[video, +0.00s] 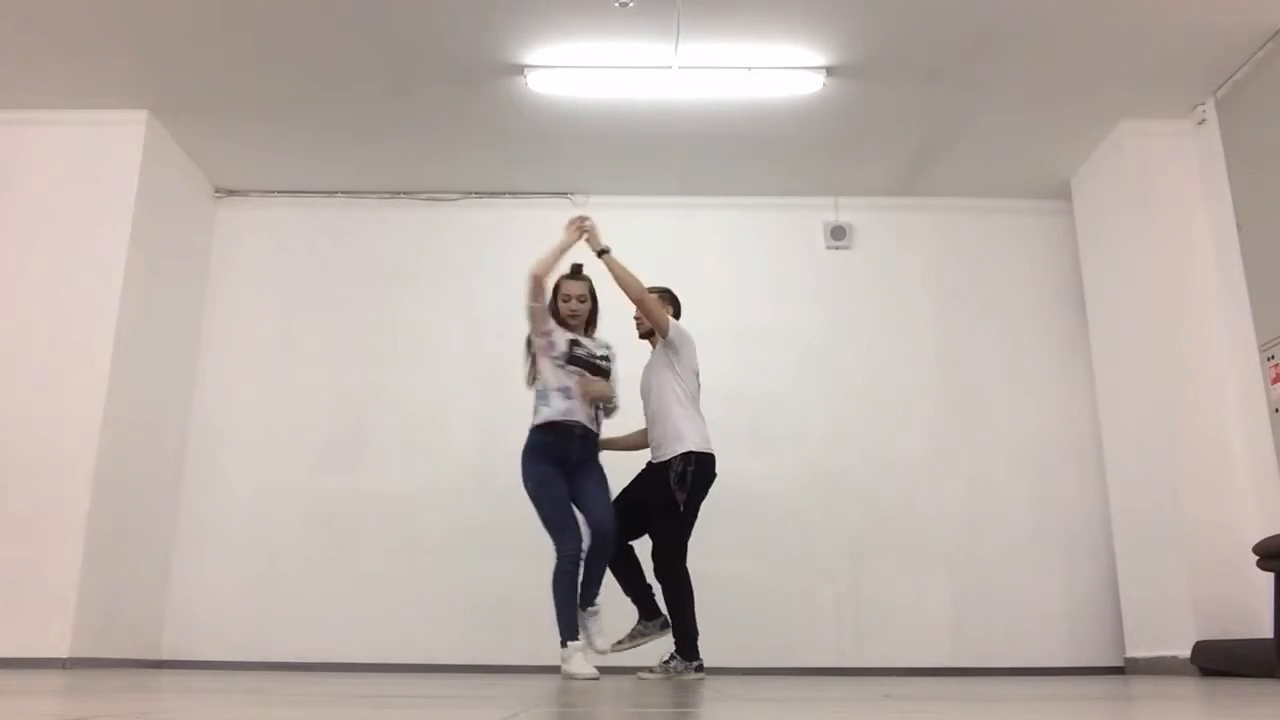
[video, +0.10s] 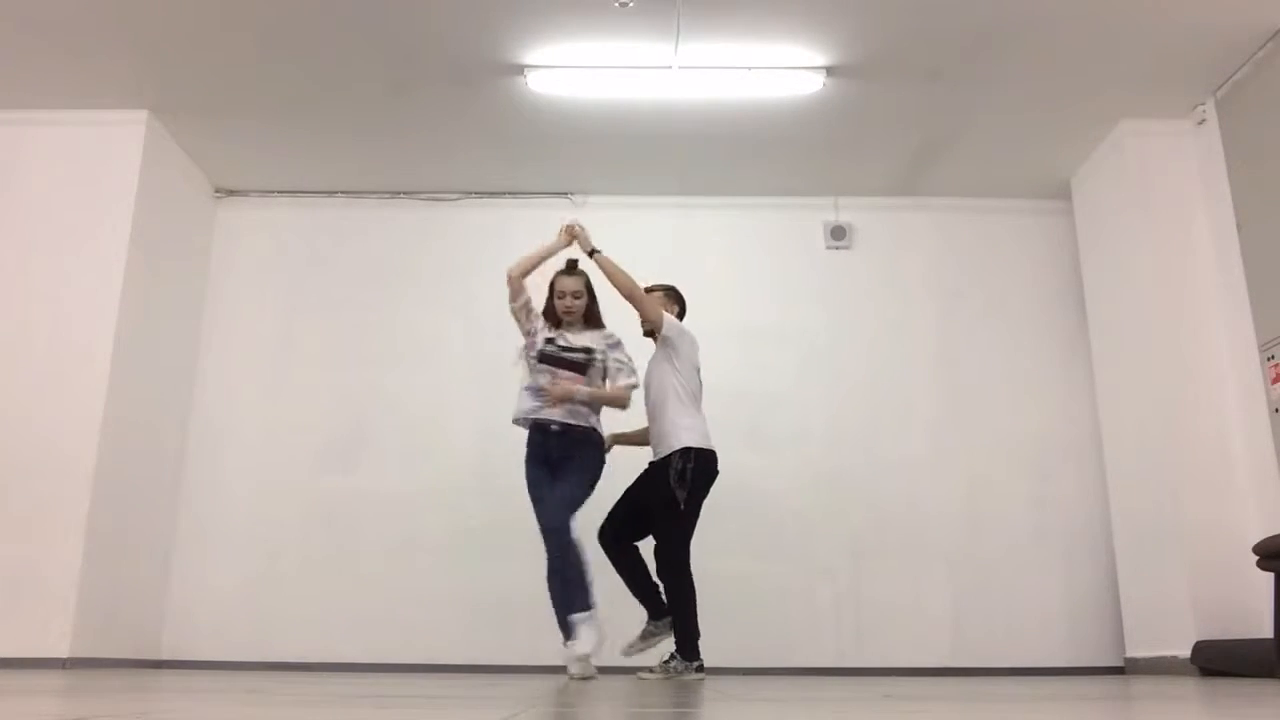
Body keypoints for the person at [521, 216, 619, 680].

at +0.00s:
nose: (574, 305)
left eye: (582, 299)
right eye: (567, 299)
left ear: (592, 305)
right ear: (555, 303)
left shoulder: (603, 351)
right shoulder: (546, 338)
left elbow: (610, 407)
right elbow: (536, 280)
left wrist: (600, 392)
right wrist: (567, 241)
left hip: (585, 457)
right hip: (543, 453)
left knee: (607, 532)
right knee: (568, 544)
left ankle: (586, 607)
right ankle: (570, 648)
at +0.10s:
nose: (567, 302)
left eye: (576, 295)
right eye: (561, 295)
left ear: (588, 298)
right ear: (552, 297)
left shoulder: (606, 341)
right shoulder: (536, 332)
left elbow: (623, 397)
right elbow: (513, 278)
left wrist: (576, 390)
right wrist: (557, 244)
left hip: (583, 445)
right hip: (540, 443)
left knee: (554, 519)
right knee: (552, 535)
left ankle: (583, 613)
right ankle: (571, 637)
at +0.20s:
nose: (563, 298)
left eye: (572, 290)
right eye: (557, 291)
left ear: (584, 295)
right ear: (548, 295)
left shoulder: (590, 334)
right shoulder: (542, 329)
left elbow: (592, 383)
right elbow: (519, 290)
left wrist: (548, 386)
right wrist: (556, 264)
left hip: (576, 445)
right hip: (550, 444)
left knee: (531, 533)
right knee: (555, 552)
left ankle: (538, 643)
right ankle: (599, 647)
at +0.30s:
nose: (548, 293)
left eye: (557, 287)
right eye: (544, 288)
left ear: (575, 292)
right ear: (545, 292)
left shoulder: (553, 327)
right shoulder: (577, 328)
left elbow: (525, 381)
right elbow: (577, 294)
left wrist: (535, 373)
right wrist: (593, 268)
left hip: (552, 450)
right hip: (576, 451)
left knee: (515, 543)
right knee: (545, 551)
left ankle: (526, 650)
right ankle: (593, 643)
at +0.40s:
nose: (539, 291)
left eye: (544, 286)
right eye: (542, 285)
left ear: (555, 292)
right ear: (578, 294)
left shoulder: (528, 327)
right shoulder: (591, 335)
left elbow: (488, 371)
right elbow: (613, 319)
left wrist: (516, 388)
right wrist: (618, 275)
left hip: (527, 441)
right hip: (571, 446)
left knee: (512, 548)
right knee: (561, 551)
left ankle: (513, 650)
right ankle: (573, 645)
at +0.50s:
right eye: (586, 293)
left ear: (543, 294)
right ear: (586, 296)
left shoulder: (522, 330)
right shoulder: (597, 335)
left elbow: (488, 386)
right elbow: (634, 309)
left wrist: (534, 394)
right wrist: (629, 252)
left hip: (513, 442)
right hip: (561, 446)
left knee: (511, 547)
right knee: (580, 553)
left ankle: (510, 653)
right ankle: (561, 645)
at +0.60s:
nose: (589, 290)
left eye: (582, 285)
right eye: (586, 285)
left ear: (539, 291)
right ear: (582, 291)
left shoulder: (523, 323)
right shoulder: (589, 319)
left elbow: (512, 384)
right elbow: (635, 288)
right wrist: (622, 236)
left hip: (513, 442)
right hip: (558, 443)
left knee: (518, 548)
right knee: (593, 547)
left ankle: (511, 652)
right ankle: (551, 643)